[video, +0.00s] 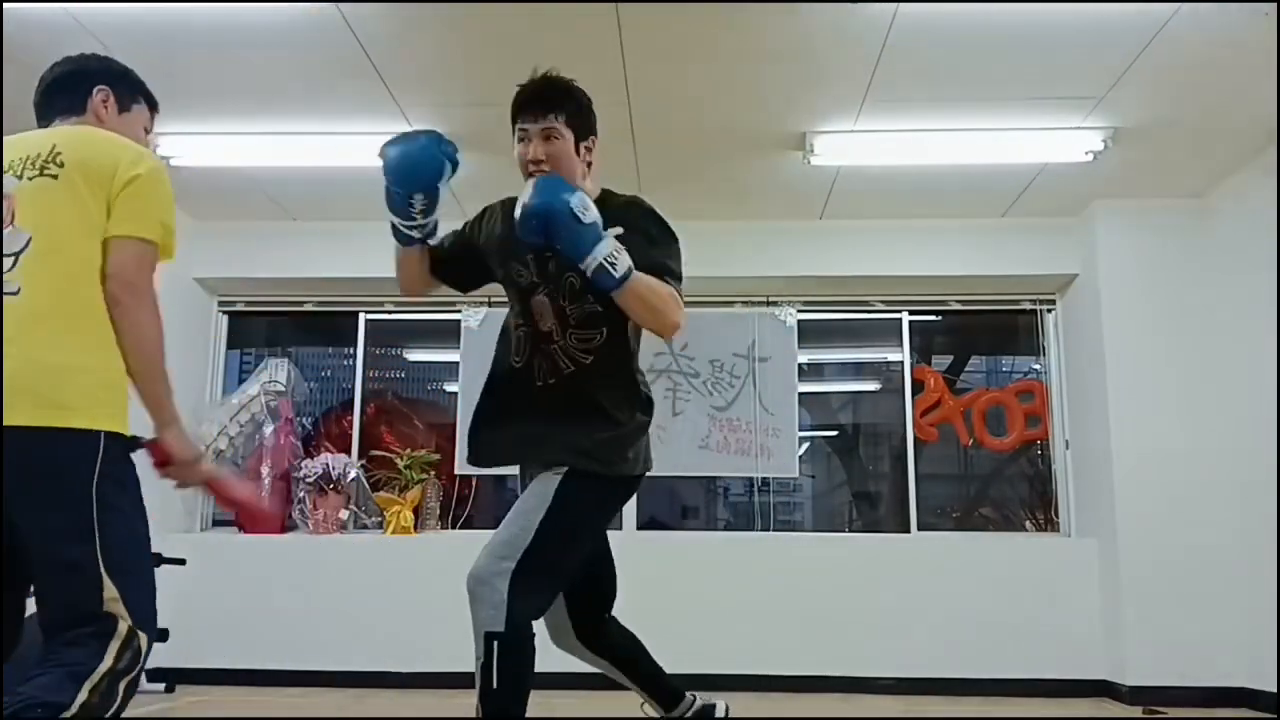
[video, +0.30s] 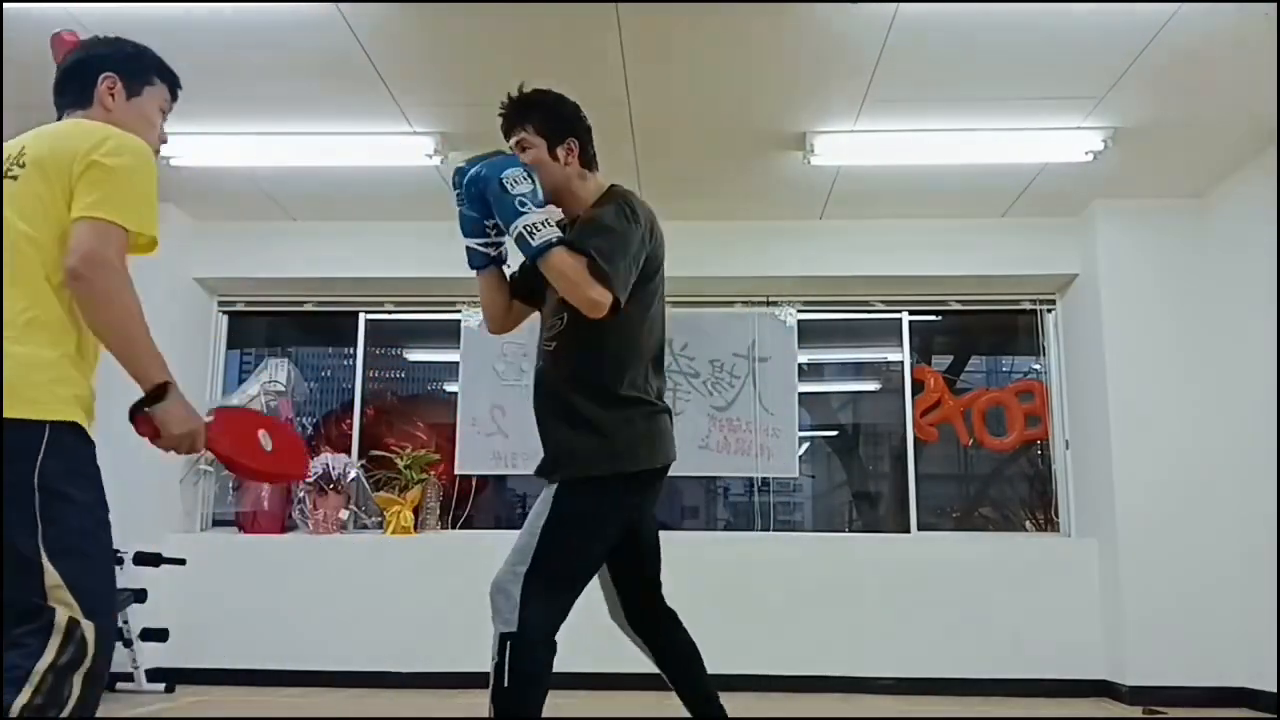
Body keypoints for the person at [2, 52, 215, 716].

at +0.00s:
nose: (149, 144)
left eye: (152, 131)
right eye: (145, 126)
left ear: (60, 111)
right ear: (103, 103)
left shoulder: (7, 154)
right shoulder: (127, 162)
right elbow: (126, 289)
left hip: (9, 423)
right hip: (63, 423)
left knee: (14, 626)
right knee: (107, 633)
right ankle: (32, 709)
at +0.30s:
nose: (164, 134)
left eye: (167, 118)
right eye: (161, 111)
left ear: (90, 98)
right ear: (110, 91)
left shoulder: (21, 150)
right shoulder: (111, 145)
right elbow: (90, 266)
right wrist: (162, 391)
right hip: (31, 411)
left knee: (39, 624)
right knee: (70, 630)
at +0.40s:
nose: (192, 103)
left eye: (196, 87)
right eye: (187, 80)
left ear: (133, 70)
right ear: (135, 64)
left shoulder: (105, 169)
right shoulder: (96, 122)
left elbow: (196, 254)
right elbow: (42, 244)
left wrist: (223, 162)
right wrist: (136, 371)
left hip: (36, 425)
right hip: (24, 423)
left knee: (43, 648)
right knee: (46, 651)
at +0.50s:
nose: (228, 94)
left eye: (232, 78)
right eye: (221, 70)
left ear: (169, 61)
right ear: (167, 53)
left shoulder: (168, 179)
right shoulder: (89, 129)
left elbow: (240, 255)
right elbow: (25, 272)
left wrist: (322, 188)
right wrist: (114, 398)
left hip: (56, 432)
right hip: (20, 423)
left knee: (42, 654)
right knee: (34, 657)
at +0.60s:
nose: (262, 113)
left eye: (264, 94)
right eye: (256, 87)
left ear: (208, 76)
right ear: (205, 69)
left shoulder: (173, 188)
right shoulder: (131, 143)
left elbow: (134, 302)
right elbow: (73, 296)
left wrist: (228, 307)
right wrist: (147, 434)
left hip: (73, 432)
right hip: (37, 424)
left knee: (76, 634)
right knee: (72, 634)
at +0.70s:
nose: (280, 156)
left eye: (283, 137)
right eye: (279, 131)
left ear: (221, 115)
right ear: (238, 110)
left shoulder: (107, 176)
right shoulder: (220, 167)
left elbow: (14, 269)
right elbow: (226, 274)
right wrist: (345, 380)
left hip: (35, 419)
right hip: (91, 427)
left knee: (100, 616)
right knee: (121, 651)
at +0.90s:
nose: (327, 179)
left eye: (329, 168)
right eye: (325, 165)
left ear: (247, 155)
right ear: (286, 150)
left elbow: (65, 317)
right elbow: (455, 237)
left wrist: (92, 397)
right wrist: (524, 209)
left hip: (125, 449)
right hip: (202, 443)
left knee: (247, 605)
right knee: (152, 650)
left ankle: (237, 715)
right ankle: (70, 713)